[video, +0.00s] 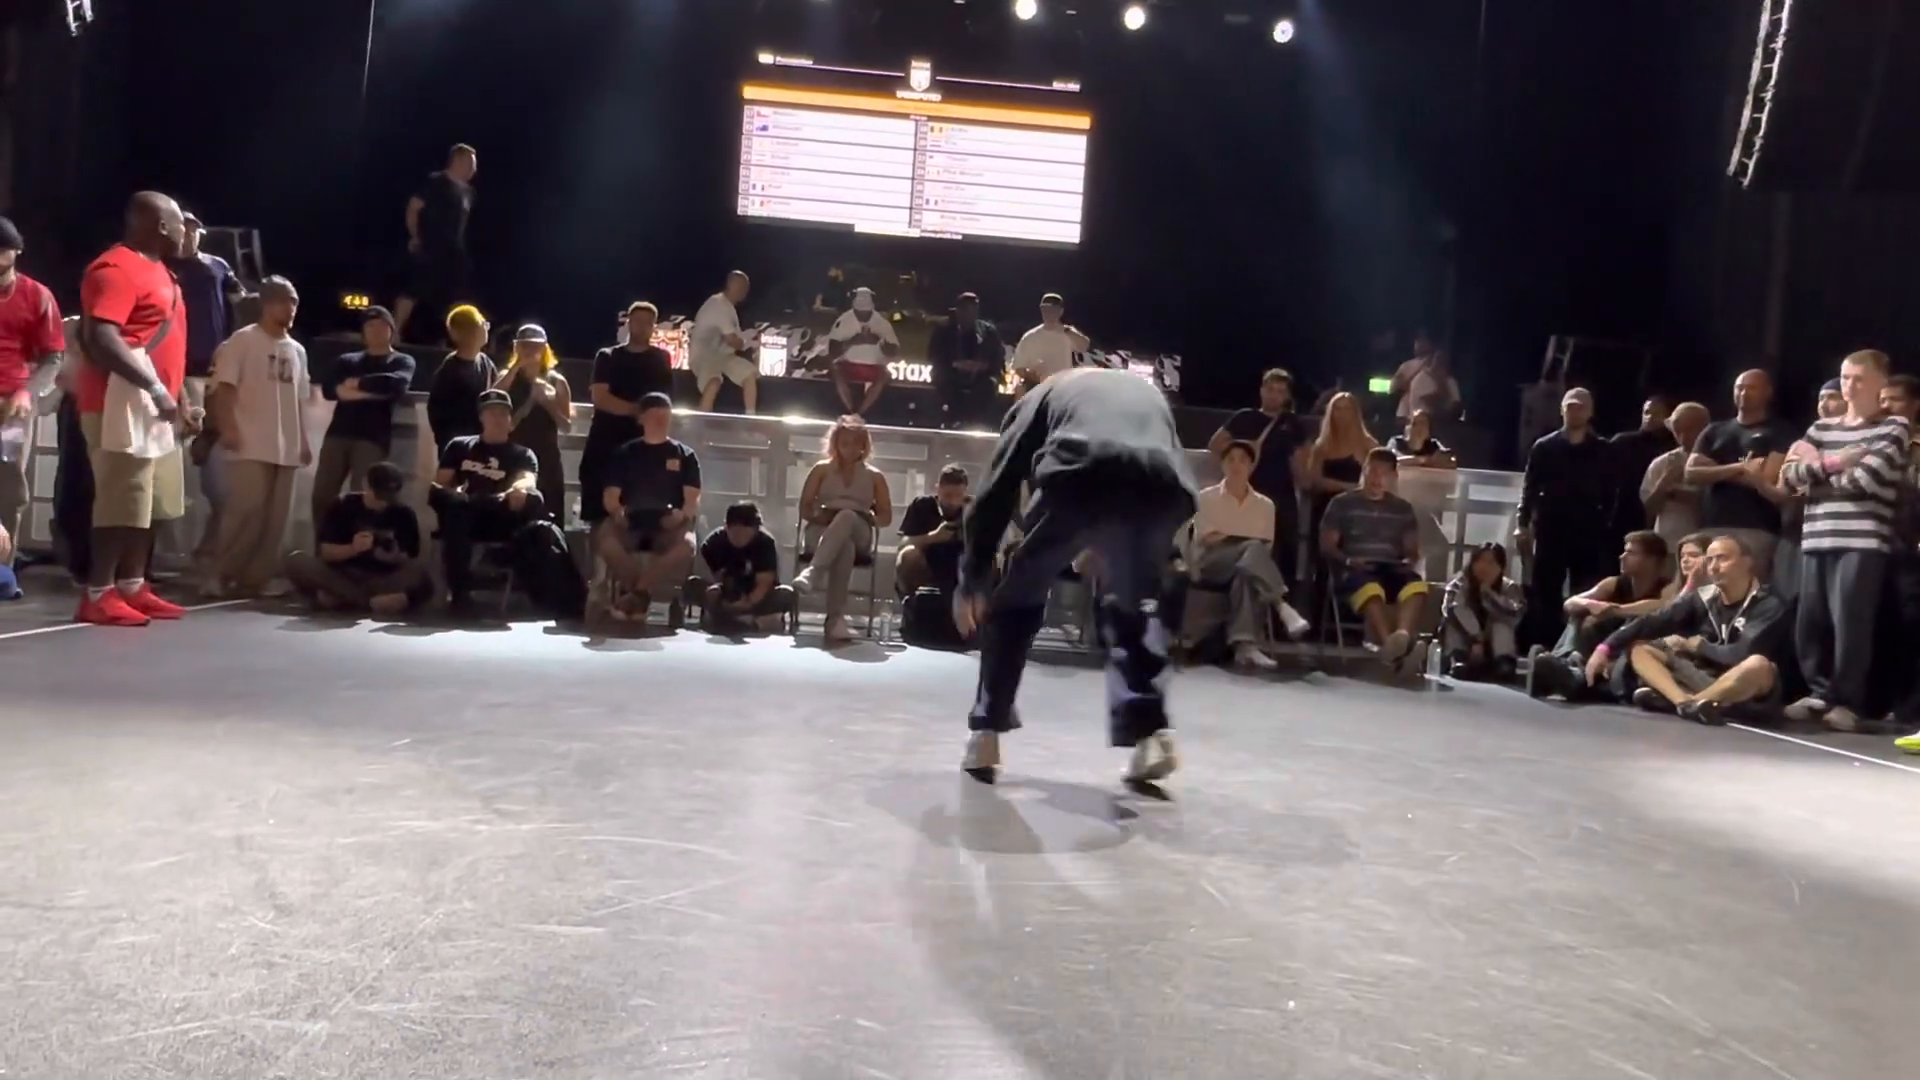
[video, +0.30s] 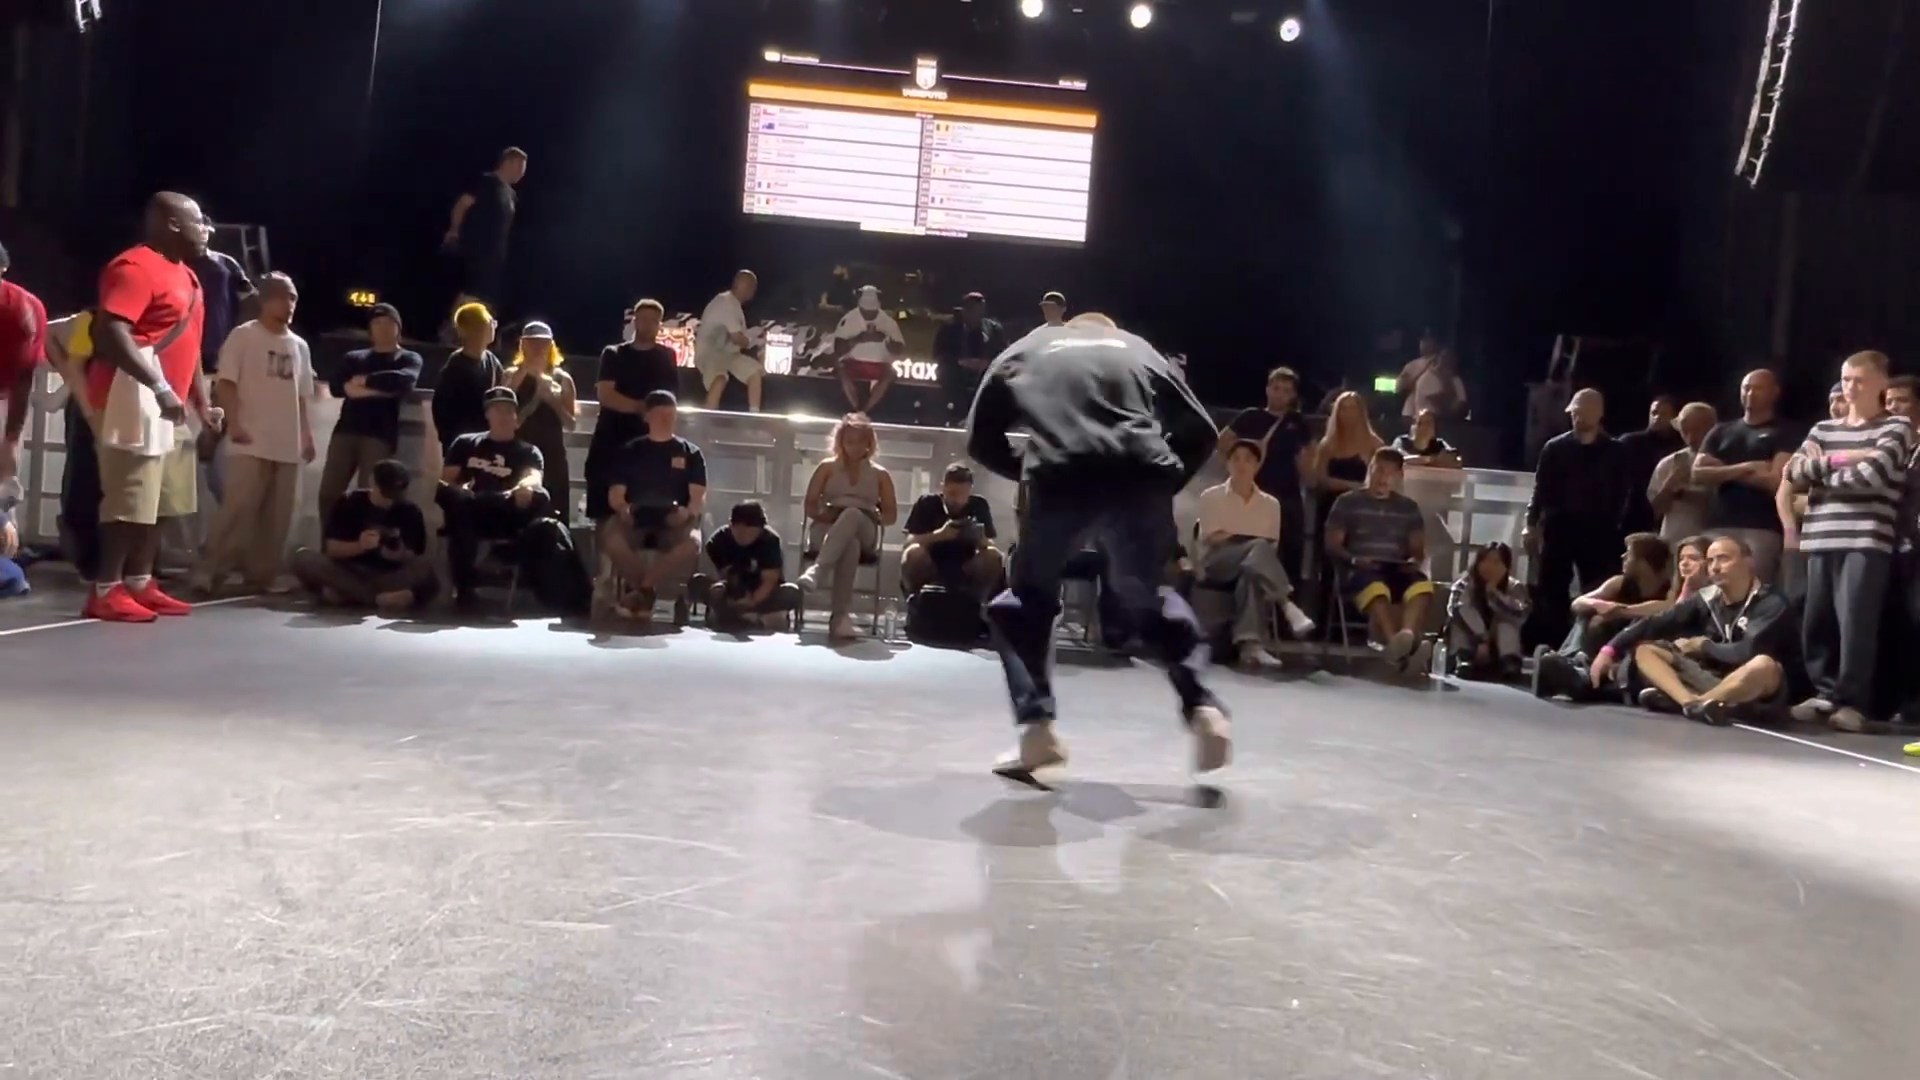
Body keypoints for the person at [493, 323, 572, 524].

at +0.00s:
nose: (530, 351)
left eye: (536, 345)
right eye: (525, 345)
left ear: (544, 349)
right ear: (516, 348)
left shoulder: (557, 382)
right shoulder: (506, 378)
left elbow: (566, 425)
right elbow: (490, 405)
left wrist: (546, 402)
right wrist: (515, 368)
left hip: (546, 455)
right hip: (512, 455)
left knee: (551, 517)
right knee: (511, 518)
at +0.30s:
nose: (537, 347)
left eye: (543, 342)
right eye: (532, 341)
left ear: (551, 346)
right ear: (522, 345)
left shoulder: (563, 379)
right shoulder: (511, 376)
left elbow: (571, 423)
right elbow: (502, 414)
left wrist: (552, 399)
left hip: (552, 451)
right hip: (519, 450)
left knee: (556, 512)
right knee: (518, 512)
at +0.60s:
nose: (543, 342)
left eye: (548, 337)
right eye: (538, 337)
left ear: (556, 341)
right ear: (529, 340)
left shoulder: (567, 376)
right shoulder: (514, 373)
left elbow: (575, 420)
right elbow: (511, 420)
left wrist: (559, 396)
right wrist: (541, 395)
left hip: (557, 448)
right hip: (522, 448)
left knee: (560, 509)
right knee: (522, 510)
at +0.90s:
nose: (548, 337)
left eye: (553, 332)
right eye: (542, 332)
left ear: (560, 336)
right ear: (532, 335)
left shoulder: (571, 369)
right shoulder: (518, 367)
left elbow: (579, 413)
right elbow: (517, 413)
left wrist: (565, 388)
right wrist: (545, 387)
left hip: (561, 442)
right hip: (528, 441)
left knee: (565, 503)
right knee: (526, 503)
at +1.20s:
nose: (552, 333)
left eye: (557, 328)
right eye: (546, 328)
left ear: (563, 332)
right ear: (536, 331)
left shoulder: (574, 364)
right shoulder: (523, 363)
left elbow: (582, 409)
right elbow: (518, 404)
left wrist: (568, 382)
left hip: (564, 436)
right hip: (531, 437)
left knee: (568, 497)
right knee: (530, 498)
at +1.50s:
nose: (557, 330)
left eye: (562, 325)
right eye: (551, 325)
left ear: (568, 329)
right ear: (540, 328)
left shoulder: (579, 362)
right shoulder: (527, 360)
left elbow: (585, 407)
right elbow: (523, 401)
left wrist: (571, 380)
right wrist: (548, 373)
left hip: (568, 434)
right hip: (536, 434)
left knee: (572, 494)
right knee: (534, 495)